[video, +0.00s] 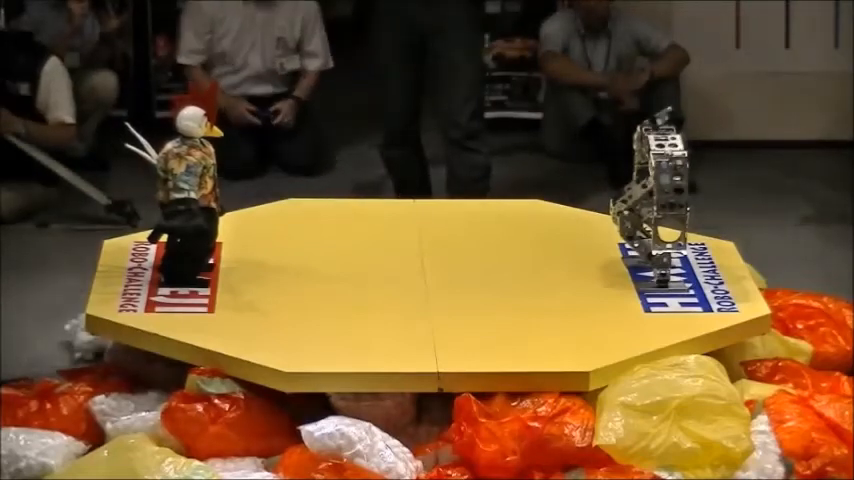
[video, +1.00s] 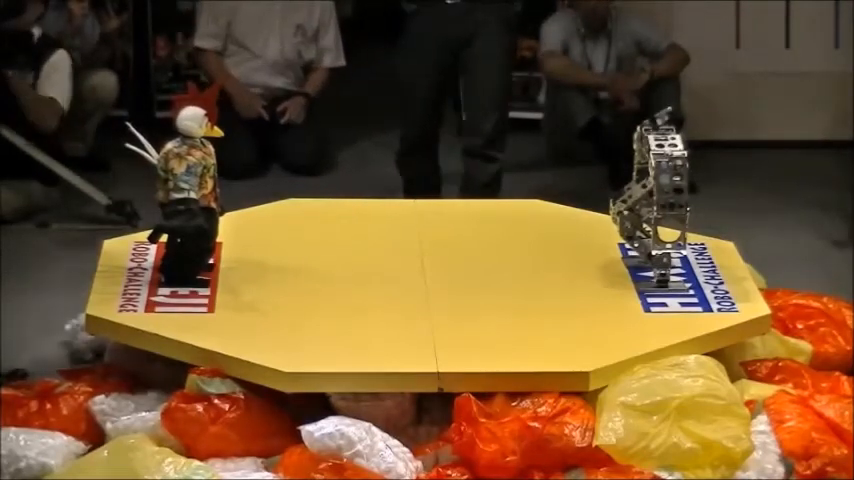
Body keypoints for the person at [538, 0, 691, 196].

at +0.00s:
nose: (595, 8)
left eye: (601, 2)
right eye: (588, 3)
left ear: (610, 4)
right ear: (574, 5)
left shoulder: (625, 25)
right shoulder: (558, 26)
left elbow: (679, 55)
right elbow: (551, 65)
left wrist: (645, 74)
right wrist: (608, 82)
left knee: (666, 80)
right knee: (564, 83)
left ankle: (669, 166)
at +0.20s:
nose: (596, 7)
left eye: (601, 2)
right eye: (589, 3)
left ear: (610, 5)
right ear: (574, 5)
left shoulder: (625, 24)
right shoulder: (559, 25)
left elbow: (679, 56)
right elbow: (551, 65)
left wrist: (646, 74)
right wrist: (607, 82)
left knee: (666, 80)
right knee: (564, 82)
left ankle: (669, 165)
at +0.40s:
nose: (593, 6)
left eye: (600, 1)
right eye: (586, 1)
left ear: (610, 3)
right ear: (573, 4)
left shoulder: (625, 25)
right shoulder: (559, 25)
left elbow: (679, 55)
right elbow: (551, 65)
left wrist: (645, 74)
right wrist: (608, 82)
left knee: (666, 83)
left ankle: (670, 167)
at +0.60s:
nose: (594, 6)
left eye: (601, 1)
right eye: (587, 1)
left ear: (610, 4)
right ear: (573, 4)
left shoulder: (625, 24)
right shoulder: (559, 25)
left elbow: (679, 56)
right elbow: (551, 64)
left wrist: (646, 74)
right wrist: (607, 82)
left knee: (666, 83)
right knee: (565, 90)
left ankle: (670, 169)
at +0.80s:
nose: (595, 6)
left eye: (601, 2)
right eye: (588, 2)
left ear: (610, 4)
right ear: (574, 5)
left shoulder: (626, 23)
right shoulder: (559, 25)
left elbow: (679, 56)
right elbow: (550, 63)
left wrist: (646, 74)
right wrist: (607, 82)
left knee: (666, 84)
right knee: (566, 90)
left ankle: (670, 168)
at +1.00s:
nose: (595, 7)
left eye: (601, 2)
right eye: (588, 2)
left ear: (610, 4)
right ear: (574, 5)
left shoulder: (626, 23)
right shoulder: (559, 25)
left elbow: (679, 56)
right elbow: (552, 65)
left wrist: (646, 74)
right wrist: (608, 82)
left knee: (666, 83)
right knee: (564, 85)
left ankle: (670, 168)